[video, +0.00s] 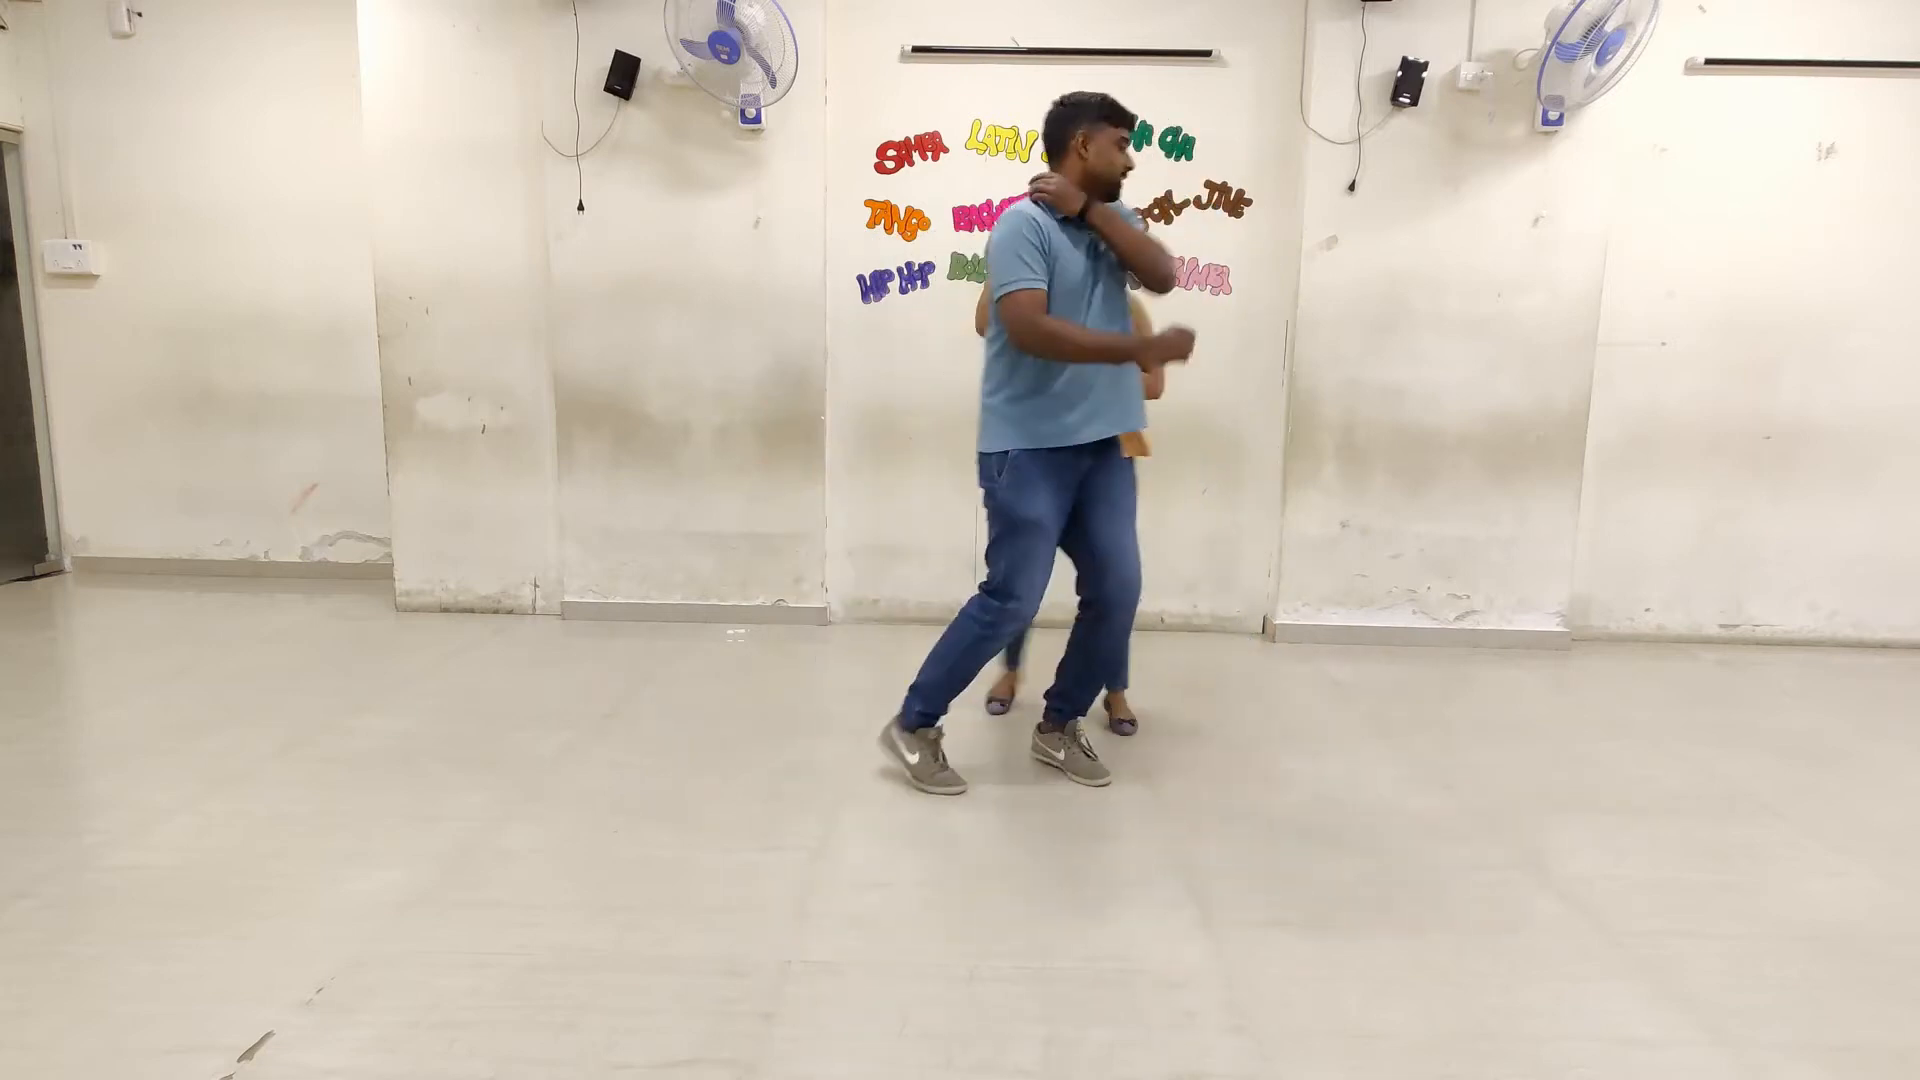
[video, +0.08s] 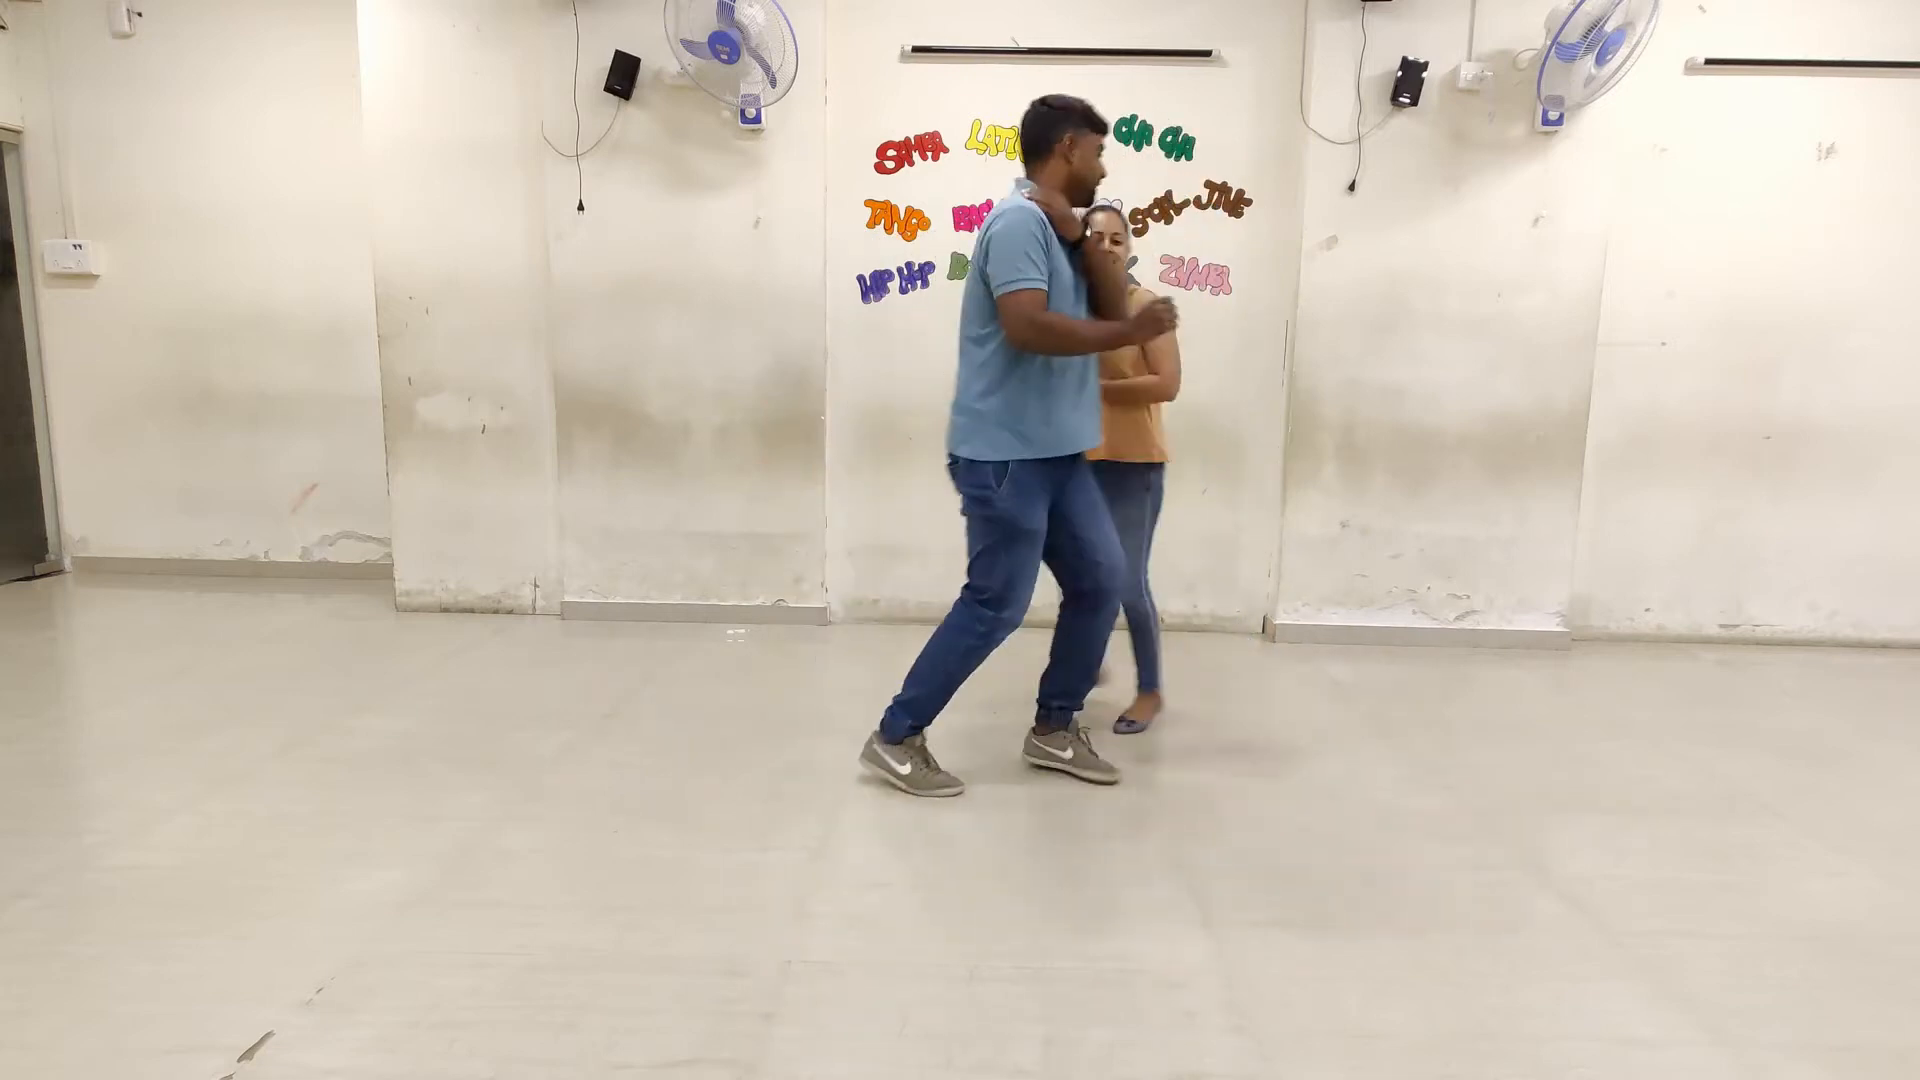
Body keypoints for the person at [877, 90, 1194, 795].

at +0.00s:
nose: (1130, 157)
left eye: (1130, 146)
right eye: (1120, 144)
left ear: (1088, 152)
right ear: (1078, 146)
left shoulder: (1114, 227)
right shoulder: (1021, 224)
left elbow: (1164, 275)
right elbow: (1026, 328)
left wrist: (1086, 207)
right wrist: (1139, 347)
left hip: (1102, 446)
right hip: (1026, 446)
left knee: (1118, 589)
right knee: (1014, 597)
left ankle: (1058, 724)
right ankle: (913, 725)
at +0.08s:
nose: (1104, 169)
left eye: (1103, 156)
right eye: (1098, 155)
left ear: (1057, 153)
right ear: (1066, 150)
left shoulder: (1069, 234)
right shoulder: (1017, 222)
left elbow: (1110, 320)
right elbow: (1025, 324)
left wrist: (1103, 262)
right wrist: (1128, 333)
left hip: (1058, 452)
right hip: (1001, 452)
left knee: (1102, 581)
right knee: (995, 603)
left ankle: (1055, 728)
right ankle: (895, 736)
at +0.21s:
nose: (1077, 178)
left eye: (1074, 164)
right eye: (1072, 163)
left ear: (1021, 163)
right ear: (1050, 161)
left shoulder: (1008, 228)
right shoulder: (1015, 232)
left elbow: (1047, 344)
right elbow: (1043, 352)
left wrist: (1064, 284)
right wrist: (1106, 334)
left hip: (1013, 458)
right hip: (985, 461)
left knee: (1076, 573)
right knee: (986, 612)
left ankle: (1038, 725)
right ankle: (885, 744)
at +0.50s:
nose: (1044, 175)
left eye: (1042, 162)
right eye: (1039, 163)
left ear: (980, 167)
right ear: (1018, 165)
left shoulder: (938, 228)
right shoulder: (1020, 241)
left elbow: (966, 327)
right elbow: (1056, 349)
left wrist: (1070, 349)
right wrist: (1035, 306)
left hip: (923, 432)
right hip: (974, 443)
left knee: (974, 576)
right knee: (982, 600)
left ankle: (939, 708)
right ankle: (884, 743)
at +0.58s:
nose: (1044, 165)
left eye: (1043, 152)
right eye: (1039, 152)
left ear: (983, 154)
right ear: (1010, 154)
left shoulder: (946, 215)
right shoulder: (999, 225)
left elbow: (947, 317)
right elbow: (1067, 323)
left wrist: (1010, 337)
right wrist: (1099, 284)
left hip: (927, 423)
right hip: (968, 436)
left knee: (964, 571)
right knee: (1000, 583)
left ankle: (927, 704)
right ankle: (972, 749)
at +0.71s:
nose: (1044, 171)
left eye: (1043, 158)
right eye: (1038, 157)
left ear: (990, 161)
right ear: (1008, 158)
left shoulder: (953, 218)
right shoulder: (987, 226)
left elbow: (938, 324)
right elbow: (1066, 318)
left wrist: (995, 379)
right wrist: (1121, 281)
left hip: (928, 423)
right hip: (958, 431)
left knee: (963, 571)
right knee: (1004, 579)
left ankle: (924, 705)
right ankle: (1028, 742)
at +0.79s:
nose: (1038, 176)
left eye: (1037, 163)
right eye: (1032, 163)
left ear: (987, 164)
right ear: (1002, 162)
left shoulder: (952, 220)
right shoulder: (978, 226)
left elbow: (1044, 307)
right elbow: (1056, 314)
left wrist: (1116, 294)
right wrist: (1153, 283)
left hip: (917, 422)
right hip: (952, 427)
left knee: (967, 566)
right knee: (1022, 565)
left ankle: (926, 706)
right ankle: (1037, 729)